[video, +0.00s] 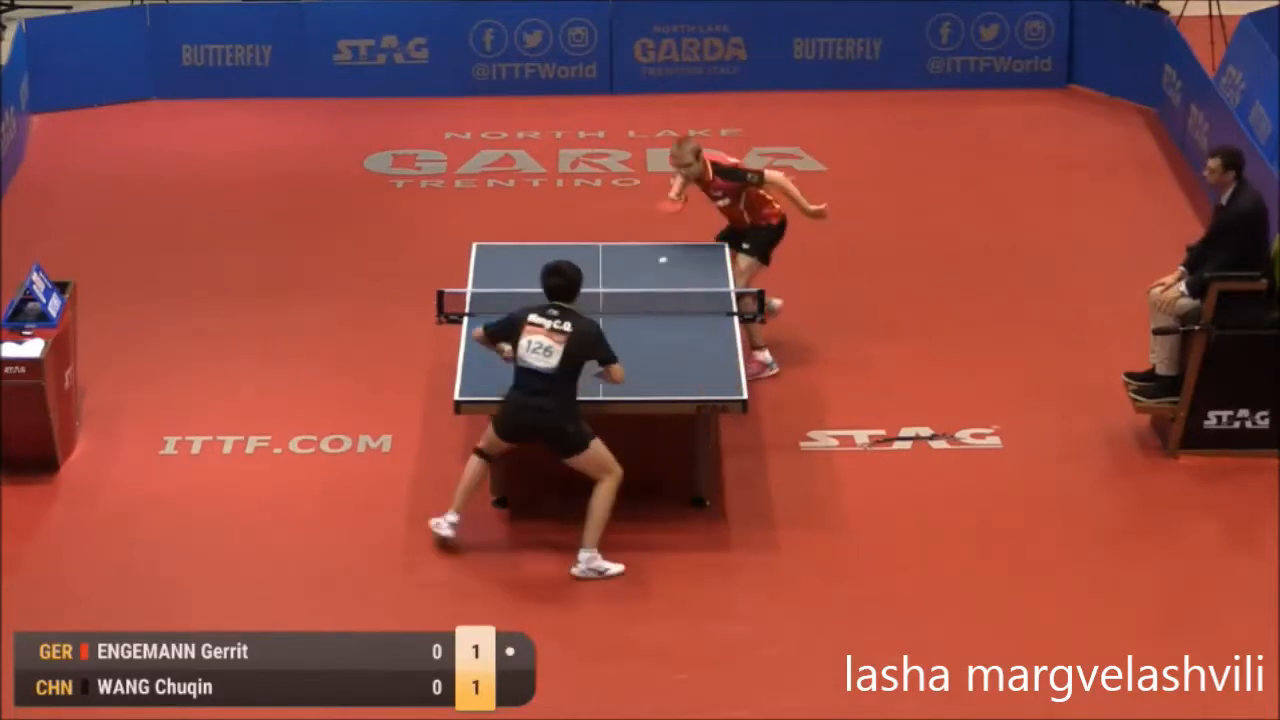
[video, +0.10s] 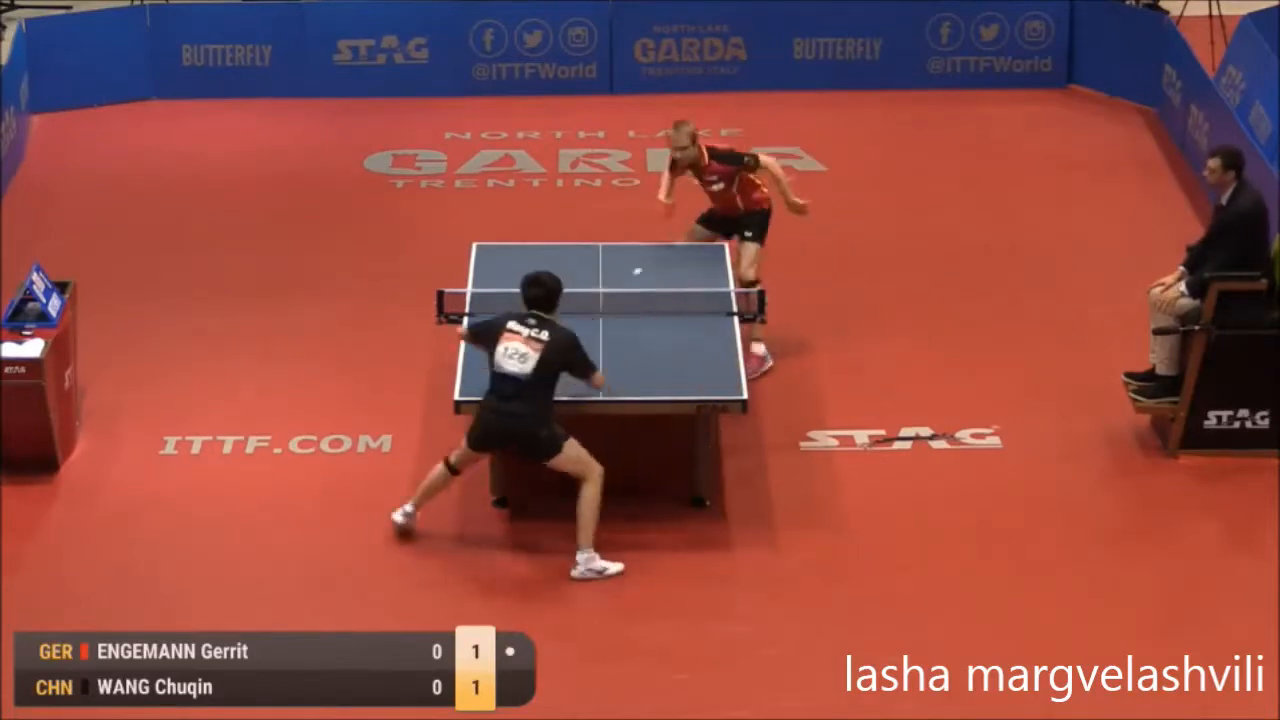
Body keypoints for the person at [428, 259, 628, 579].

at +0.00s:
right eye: (572, 287)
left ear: (545, 289)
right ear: (576, 291)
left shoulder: (525, 317)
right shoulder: (588, 329)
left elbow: (480, 335)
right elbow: (616, 376)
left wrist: (501, 349)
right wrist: (602, 368)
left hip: (515, 413)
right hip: (559, 420)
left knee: (483, 454)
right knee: (610, 474)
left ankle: (450, 520)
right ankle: (588, 556)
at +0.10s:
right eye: (555, 297)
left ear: (525, 299)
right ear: (556, 302)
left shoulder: (504, 323)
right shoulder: (564, 339)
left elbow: (465, 334)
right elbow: (597, 381)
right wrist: (594, 370)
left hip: (490, 423)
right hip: (532, 429)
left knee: (454, 463)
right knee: (592, 474)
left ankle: (408, 510)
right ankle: (586, 557)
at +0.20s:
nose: (531, 319)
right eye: (532, 316)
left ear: (500, 313)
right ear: (529, 321)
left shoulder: (476, 331)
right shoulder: (530, 354)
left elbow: (448, 335)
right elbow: (565, 386)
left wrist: (447, 329)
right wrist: (558, 379)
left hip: (447, 429)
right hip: (488, 438)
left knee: (425, 465)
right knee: (556, 474)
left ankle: (388, 521)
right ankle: (580, 557)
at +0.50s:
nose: (495, 320)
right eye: (495, 317)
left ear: (465, 314)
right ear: (493, 322)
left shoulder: (443, 331)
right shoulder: (497, 348)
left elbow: (420, 327)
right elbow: (530, 366)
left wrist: (442, 324)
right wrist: (524, 343)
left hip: (422, 427)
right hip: (459, 435)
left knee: (416, 460)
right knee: (527, 485)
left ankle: (388, 521)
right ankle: (572, 558)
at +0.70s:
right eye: (498, 281)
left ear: (466, 285)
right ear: (499, 285)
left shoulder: (453, 320)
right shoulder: (511, 317)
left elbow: (422, 342)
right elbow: (552, 353)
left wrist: (410, 350)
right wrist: (550, 338)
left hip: (464, 416)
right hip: (505, 417)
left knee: (436, 466)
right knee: (570, 470)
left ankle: (405, 523)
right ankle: (589, 557)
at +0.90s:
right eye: (531, 305)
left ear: (502, 312)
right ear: (534, 309)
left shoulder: (486, 347)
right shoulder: (554, 343)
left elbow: (444, 375)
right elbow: (605, 368)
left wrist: (456, 358)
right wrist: (581, 357)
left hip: (501, 445)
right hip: (544, 444)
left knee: (480, 487)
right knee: (598, 495)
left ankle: (450, 554)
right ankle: (621, 573)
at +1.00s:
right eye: (551, 307)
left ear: (525, 314)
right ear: (557, 310)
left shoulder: (510, 352)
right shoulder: (579, 341)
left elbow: (468, 378)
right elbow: (627, 371)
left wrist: (485, 377)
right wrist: (612, 387)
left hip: (534, 446)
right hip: (580, 442)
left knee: (494, 500)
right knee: (640, 484)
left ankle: (454, 556)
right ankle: (634, 570)